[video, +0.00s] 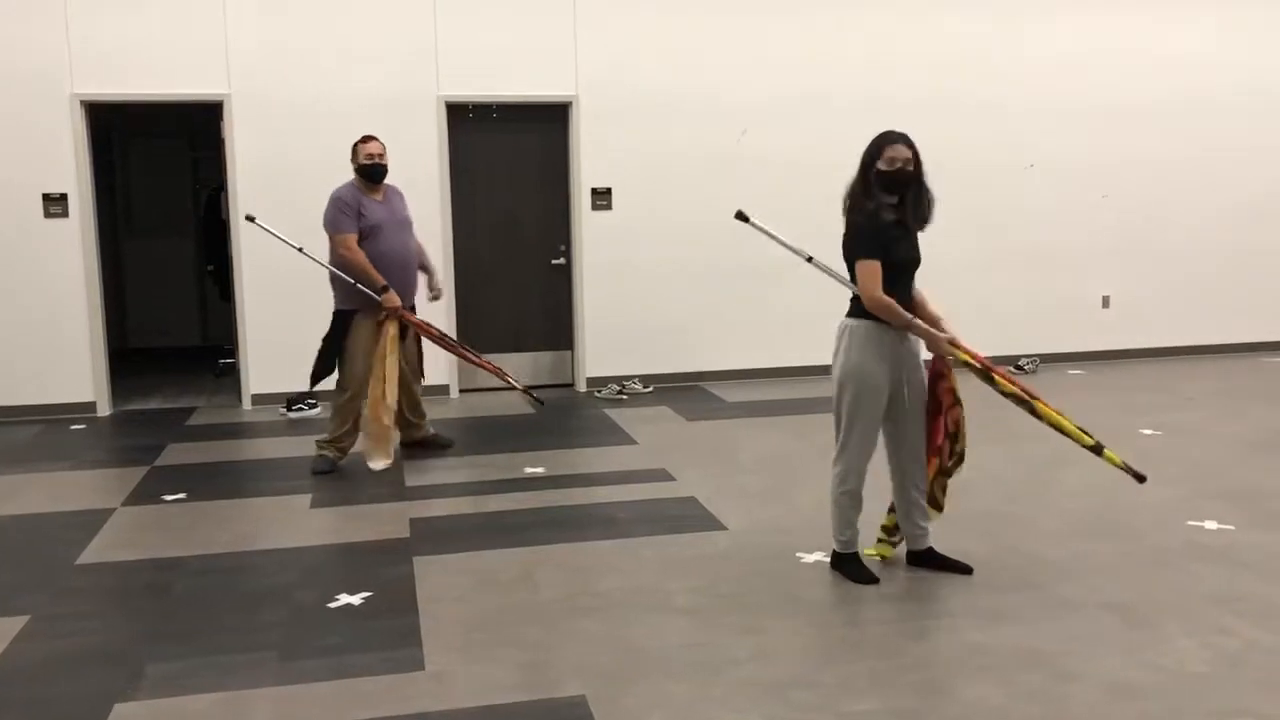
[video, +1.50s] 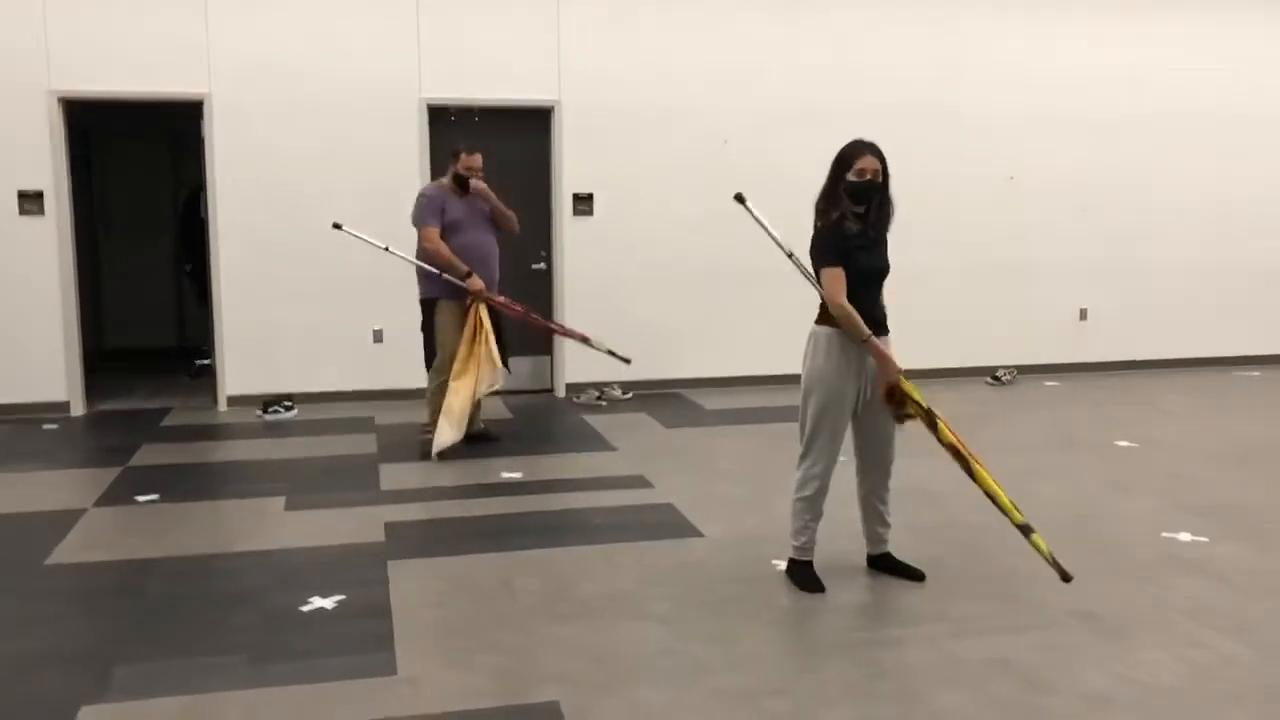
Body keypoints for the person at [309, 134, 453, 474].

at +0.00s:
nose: (375, 161)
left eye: (380, 156)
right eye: (368, 157)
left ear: (387, 161)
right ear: (354, 163)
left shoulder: (395, 195)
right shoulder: (343, 199)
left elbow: (406, 238)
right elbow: (345, 251)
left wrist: (429, 270)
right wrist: (383, 289)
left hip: (401, 303)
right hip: (360, 307)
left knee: (409, 373)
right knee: (353, 382)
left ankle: (414, 434)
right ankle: (332, 450)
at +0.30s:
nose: (404, 167)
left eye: (408, 162)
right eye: (397, 162)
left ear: (411, 163)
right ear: (379, 163)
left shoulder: (420, 195)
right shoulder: (364, 197)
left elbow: (447, 229)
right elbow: (366, 248)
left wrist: (438, 205)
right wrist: (402, 285)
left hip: (417, 298)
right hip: (378, 300)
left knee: (417, 370)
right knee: (374, 372)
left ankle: (409, 434)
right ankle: (358, 443)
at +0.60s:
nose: (409, 169)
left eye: (413, 164)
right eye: (402, 164)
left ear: (416, 165)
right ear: (384, 164)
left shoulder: (421, 196)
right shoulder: (367, 198)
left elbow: (453, 223)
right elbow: (368, 248)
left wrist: (429, 191)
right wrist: (409, 281)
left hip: (423, 298)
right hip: (383, 302)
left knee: (424, 367)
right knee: (394, 371)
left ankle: (413, 431)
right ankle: (392, 438)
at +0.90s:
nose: (427, 176)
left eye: (432, 171)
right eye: (420, 170)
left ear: (437, 172)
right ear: (405, 171)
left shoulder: (442, 202)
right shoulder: (390, 203)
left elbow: (473, 230)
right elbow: (390, 251)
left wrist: (448, 197)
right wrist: (431, 283)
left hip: (447, 303)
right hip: (408, 307)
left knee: (462, 367)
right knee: (409, 381)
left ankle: (475, 427)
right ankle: (392, 447)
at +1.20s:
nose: (456, 181)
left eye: (460, 176)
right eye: (450, 175)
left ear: (467, 178)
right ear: (436, 176)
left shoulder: (472, 206)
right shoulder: (421, 208)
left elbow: (504, 232)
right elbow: (421, 254)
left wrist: (477, 197)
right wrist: (457, 285)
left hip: (480, 303)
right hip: (439, 306)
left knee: (480, 369)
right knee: (426, 377)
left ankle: (476, 430)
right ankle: (401, 447)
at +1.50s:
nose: (474, 176)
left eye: (478, 171)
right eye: (469, 171)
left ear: (482, 170)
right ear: (454, 165)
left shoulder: (481, 196)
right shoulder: (433, 195)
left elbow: (512, 227)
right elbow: (429, 244)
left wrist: (488, 196)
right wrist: (467, 275)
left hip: (482, 293)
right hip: (446, 294)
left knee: (480, 360)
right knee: (448, 361)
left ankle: (472, 424)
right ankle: (437, 428)